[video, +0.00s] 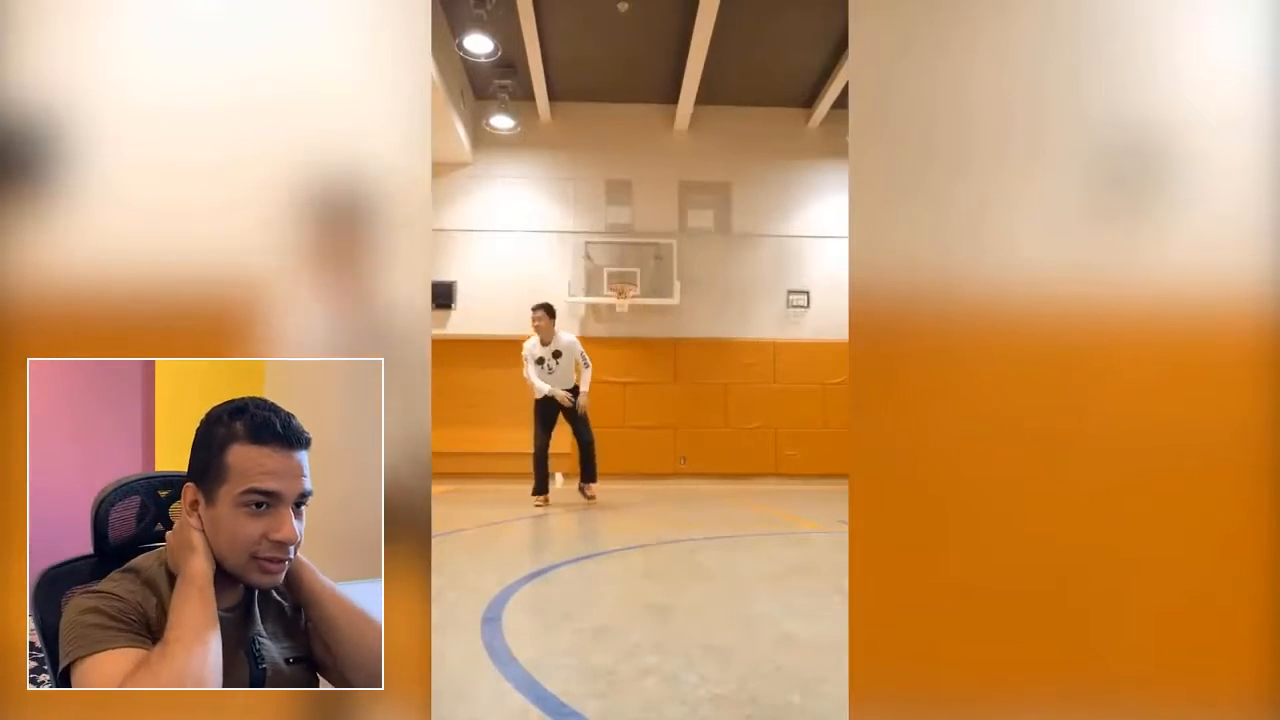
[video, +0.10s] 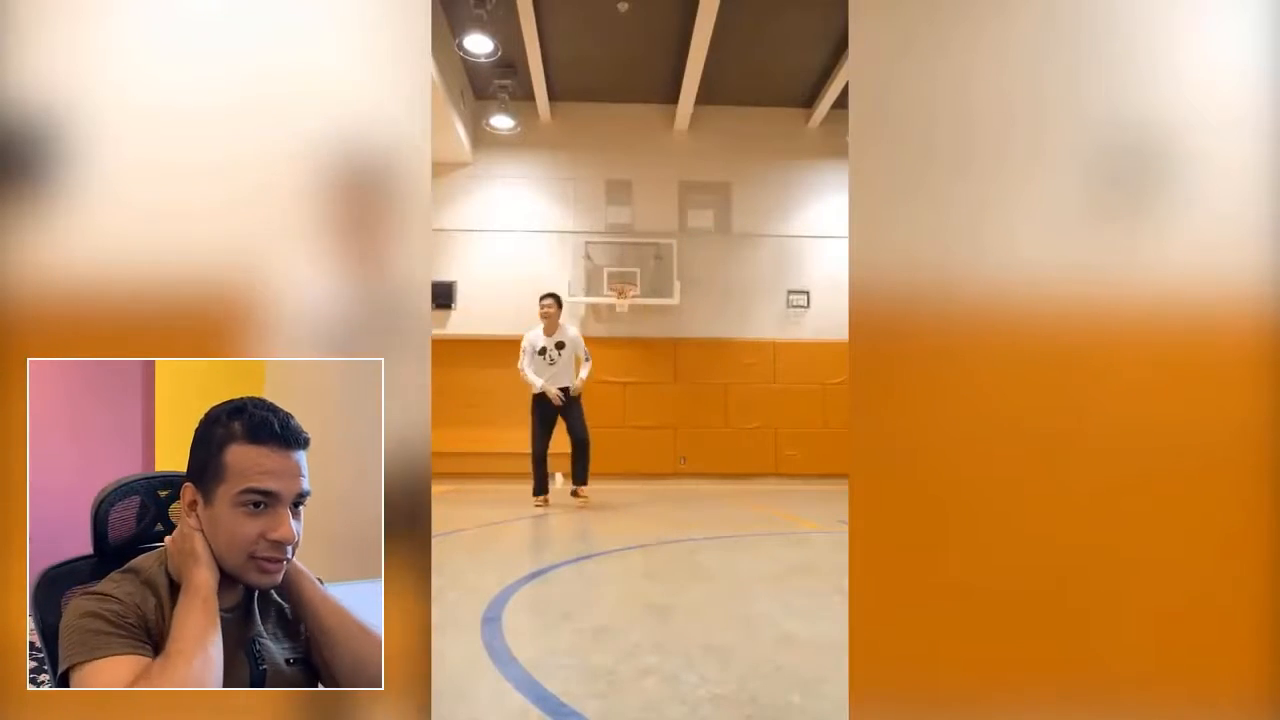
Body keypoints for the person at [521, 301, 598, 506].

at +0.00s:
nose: (534, 324)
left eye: (538, 319)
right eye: (533, 320)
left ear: (551, 321)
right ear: (532, 322)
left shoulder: (570, 341)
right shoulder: (530, 346)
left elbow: (587, 366)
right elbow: (532, 377)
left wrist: (583, 393)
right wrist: (553, 391)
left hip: (570, 394)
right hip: (544, 398)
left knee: (586, 439)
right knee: (540, 445)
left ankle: (587, 483)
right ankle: (541, 493)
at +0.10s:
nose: (545, 310)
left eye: (549, 307)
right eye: (542, 307)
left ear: (559, 310)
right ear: (538, 311)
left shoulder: (572, 334)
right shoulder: (530, 338)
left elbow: (586, 360)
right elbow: (525, 368)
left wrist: (580, 380)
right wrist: (545, 387)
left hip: (569, 394)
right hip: (542, 396)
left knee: (581, 439)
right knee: (539, 447)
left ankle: (579, 486)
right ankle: (540, 493)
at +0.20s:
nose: (552, 306)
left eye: (557, 303)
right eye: (549, 303)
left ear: (565, 308)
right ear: (544, 307)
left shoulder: (574, 333)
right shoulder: (533, 334)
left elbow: (585, 363)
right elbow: (519, 363)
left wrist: (582, 366)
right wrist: (535, 385)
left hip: (568, 393)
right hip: (543, 394)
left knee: (576, 440)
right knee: (538, 447)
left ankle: (578, 488)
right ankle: (540, 493)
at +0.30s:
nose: (558, 305)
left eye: (563, 302)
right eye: (555, 301)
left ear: (570, 308)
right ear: (549, 306)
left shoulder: (576, 333)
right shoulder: (536, 332)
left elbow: (587, 367)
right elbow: (517, 357)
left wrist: (583, 349)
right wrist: (529, 381)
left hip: (569, 395)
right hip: (543, 395)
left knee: (574, 443)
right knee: (538, 448)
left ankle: (574, 491)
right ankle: (540, 493)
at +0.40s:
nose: (570, 301)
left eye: (576, 299)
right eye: (567, 297)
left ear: (580, 306)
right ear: (560, 301)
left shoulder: (582, 329)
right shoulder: (542, 327)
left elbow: (592, 351)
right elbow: (518, 346)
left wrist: (582, 322)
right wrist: (528, 371)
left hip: (573, 393)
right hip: (546, 393)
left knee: (576, 443)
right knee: (541, 445)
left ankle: (570, 494)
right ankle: (540, 491)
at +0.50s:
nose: (575, 300)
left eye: (579, 298)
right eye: (572, 296)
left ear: (583, 306)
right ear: (563, 300)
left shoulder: (584, 326)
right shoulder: (545, 324)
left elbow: (592, 339)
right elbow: (520, 341)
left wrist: (587, 310)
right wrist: (530, 364)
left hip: (576, 390)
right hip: (549, 390)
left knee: (578, 442)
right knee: (541, 441)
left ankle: (571, 494)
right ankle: (540, 488)